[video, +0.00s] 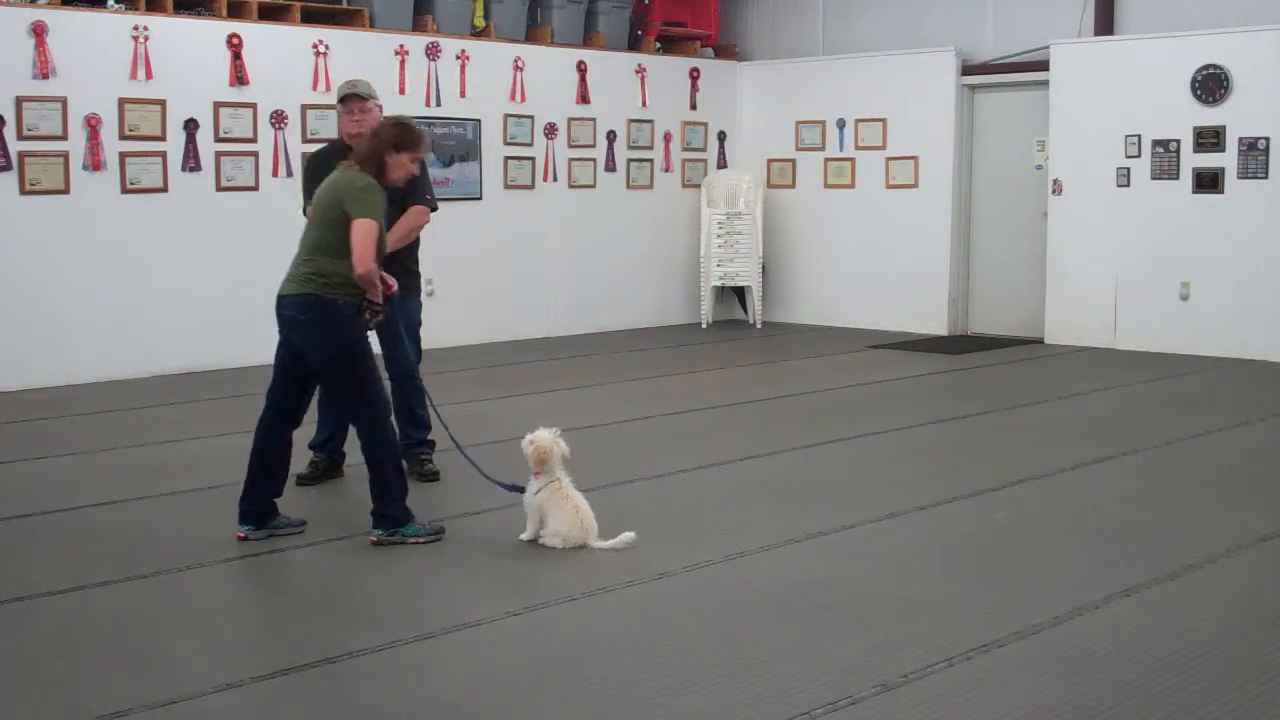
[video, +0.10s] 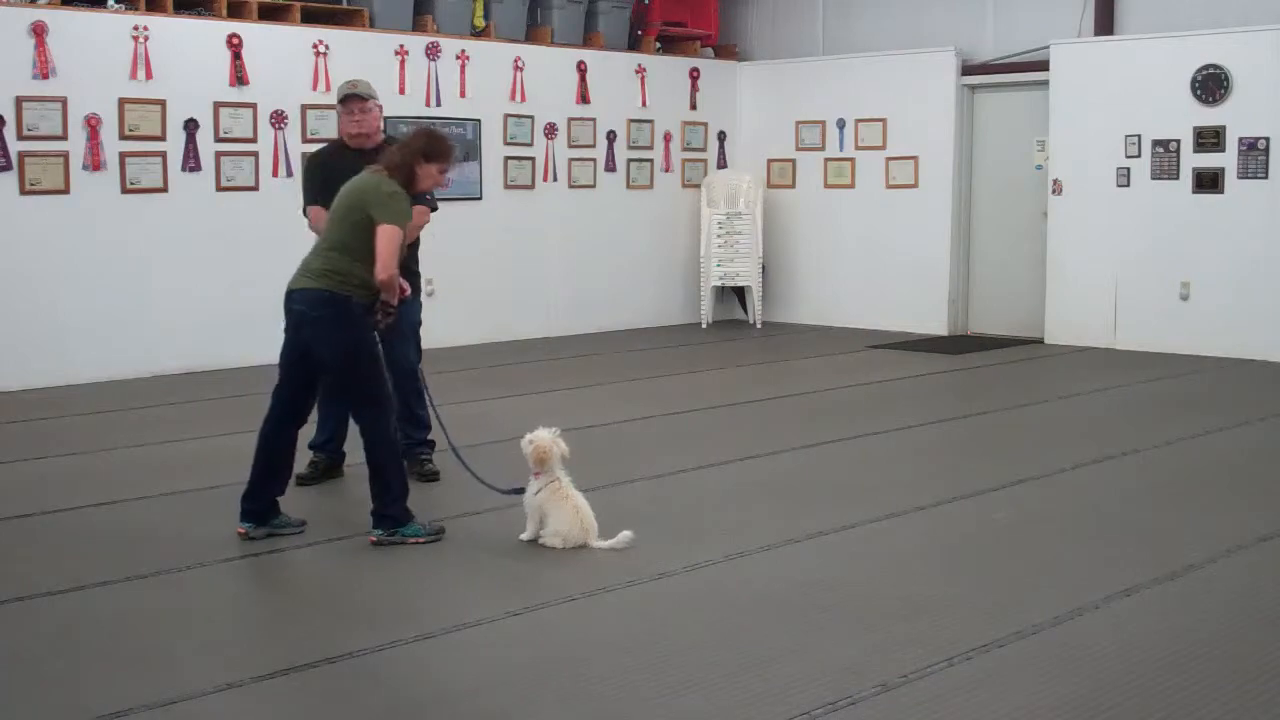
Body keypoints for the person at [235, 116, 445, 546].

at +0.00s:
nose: (414, 173)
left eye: (417, 166)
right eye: (411, 164)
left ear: (384, 153)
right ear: (388, 153)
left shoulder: (340, 181)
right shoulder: (367, 190)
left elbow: (332, 249)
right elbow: (363, 269)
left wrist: (375, 275)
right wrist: (377, 290)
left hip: (297, 306)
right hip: (329, 310)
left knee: (281, 413)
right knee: (373, 412)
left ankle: (256, 515)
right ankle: (391, 518)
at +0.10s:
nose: (442, 182)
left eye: (445, 174)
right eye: (440, 172)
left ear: (412, 163)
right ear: (416, 162)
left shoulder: (362, 184)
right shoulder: (394, 198)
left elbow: (348, 245)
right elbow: (385, 274)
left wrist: (388, 281)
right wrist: (390, 299)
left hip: (303, 300)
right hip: (336, 306)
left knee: (288, 409)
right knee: (377, 411)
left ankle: (258, 513)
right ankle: (391, 519)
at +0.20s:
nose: (465, 195)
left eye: (469, 188)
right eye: (464, 185)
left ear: (437, 171)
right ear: (444, 175)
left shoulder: (387, 187)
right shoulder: (413, 202)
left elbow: (362, 248)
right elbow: (402, 278)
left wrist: (397, 292)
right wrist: (400, 304)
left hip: (311, 296)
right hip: (347, 305)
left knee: (292, 404)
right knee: (382, 412)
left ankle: (261, 509)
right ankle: (391, 519)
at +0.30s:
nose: (482, 208)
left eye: (487, 201)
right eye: (482, 198)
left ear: (453, 182)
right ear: (463, 186)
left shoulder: (403, 189)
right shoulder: (431, 210)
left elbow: (376, 253)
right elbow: (415, 288)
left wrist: (413, 296)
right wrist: (403, 309)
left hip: (318, 294)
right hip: (355, 305)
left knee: (295, 402)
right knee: (387, 413)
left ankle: (263, 506)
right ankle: (391, 519)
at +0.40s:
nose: (493, 218)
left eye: (498, 212)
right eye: (495, 207)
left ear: (469, 192)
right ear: (476, 194)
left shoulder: (415, 195)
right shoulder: (443, 214)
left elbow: (379, 256)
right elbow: (428, 293)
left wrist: (406, 305)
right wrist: (409, 309)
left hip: (322, 293)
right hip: (361, 305)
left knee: (299, 401)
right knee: (387, 414)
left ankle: (265, 503)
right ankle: (392, 519)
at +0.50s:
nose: (501, 225)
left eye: (506, 219)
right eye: (503, 215)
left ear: (481, 198)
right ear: (485, 200)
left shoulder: (426, 197)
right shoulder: (451, 219)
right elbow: (436, 298)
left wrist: (410, 302)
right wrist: (413, 307)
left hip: (327, 291)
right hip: (364, 304)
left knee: (302, 399)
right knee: (389, 415)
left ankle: (268, 501)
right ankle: (392, 520)